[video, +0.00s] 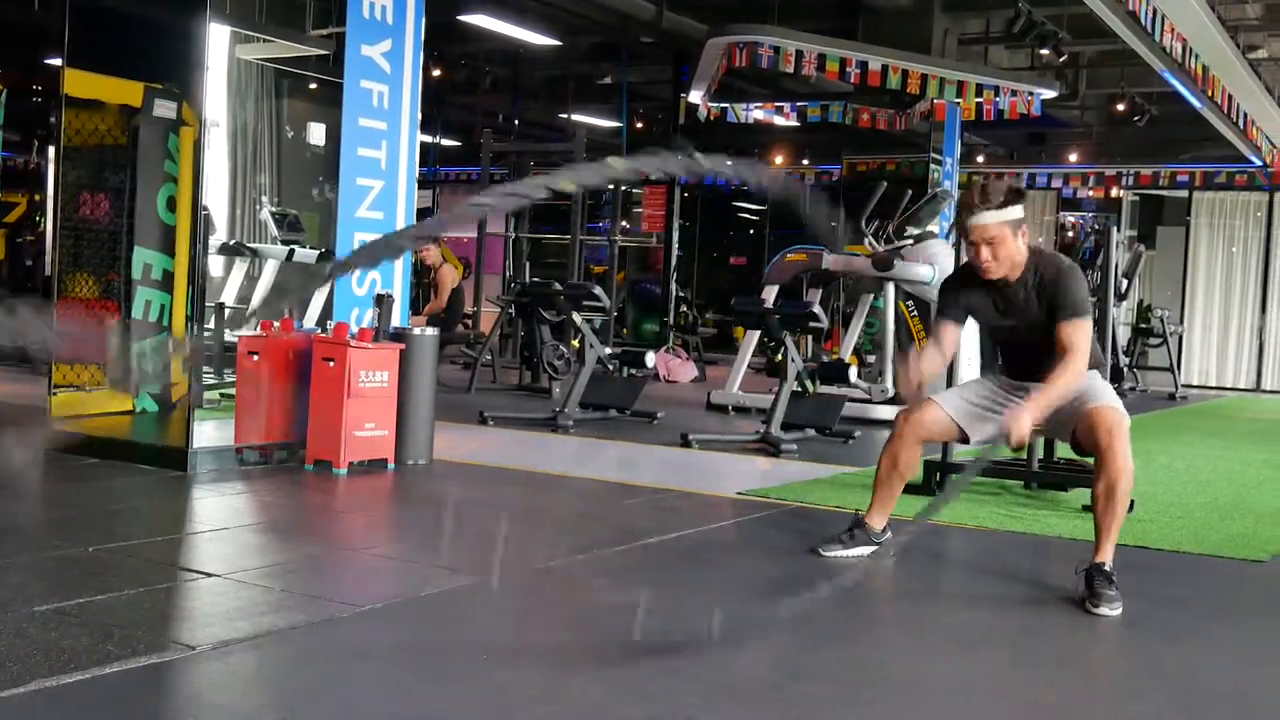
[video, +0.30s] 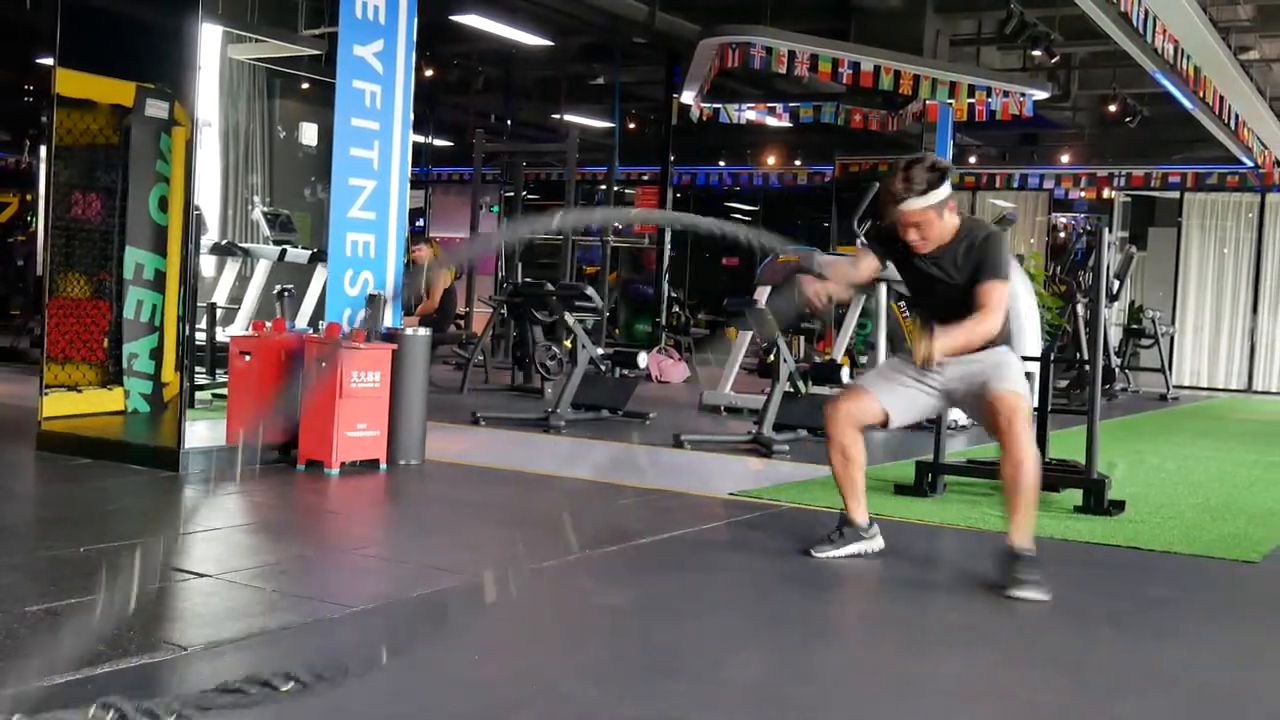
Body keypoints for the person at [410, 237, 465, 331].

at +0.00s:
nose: (423, 254)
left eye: (428, 250)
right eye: (421, 251)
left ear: (439, 250)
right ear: (418, 254)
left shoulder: (445, 271)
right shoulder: (434, 272)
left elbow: (441, 303)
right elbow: (435, 300)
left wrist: (423, 316)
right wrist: (423, 317)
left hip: (448, 321)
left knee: (407, 321)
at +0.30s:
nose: (416, 254)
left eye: (419, 250)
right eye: (413, 251)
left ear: (431, 250)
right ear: (410, 255)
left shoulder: (439, 271)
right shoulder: (426, 270)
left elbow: (433, 303)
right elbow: (424, 297)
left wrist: (414, 318)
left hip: (439, 322)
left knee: (398, 322)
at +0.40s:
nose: (414, 255)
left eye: (418, 250)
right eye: (411, 251)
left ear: (429, 250)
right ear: (408, 255)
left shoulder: (436, 271)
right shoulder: (425, 273)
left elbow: (430, 304)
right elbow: (424, 301)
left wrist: (414, 316)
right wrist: (413, 319)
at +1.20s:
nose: (419, 257)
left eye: (423, 253)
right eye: (417, 254)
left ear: (435, 254)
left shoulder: (442, 275)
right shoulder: (431, 277)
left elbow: (438, 308)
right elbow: (429, 305)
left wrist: (420, 320)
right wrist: (419, 321)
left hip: (444, 326)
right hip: (436, 323)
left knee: (402, 325)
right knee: (402, 323)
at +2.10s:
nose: (423, 257)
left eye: (427, 253)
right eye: (422, 254)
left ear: (439, 255)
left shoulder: (446, 275)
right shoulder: (435, 278)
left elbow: (441, 309)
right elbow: (433, 306)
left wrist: (422, 322)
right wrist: (421, 322)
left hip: (450, 327)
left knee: (408, 325)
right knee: (407, 323)